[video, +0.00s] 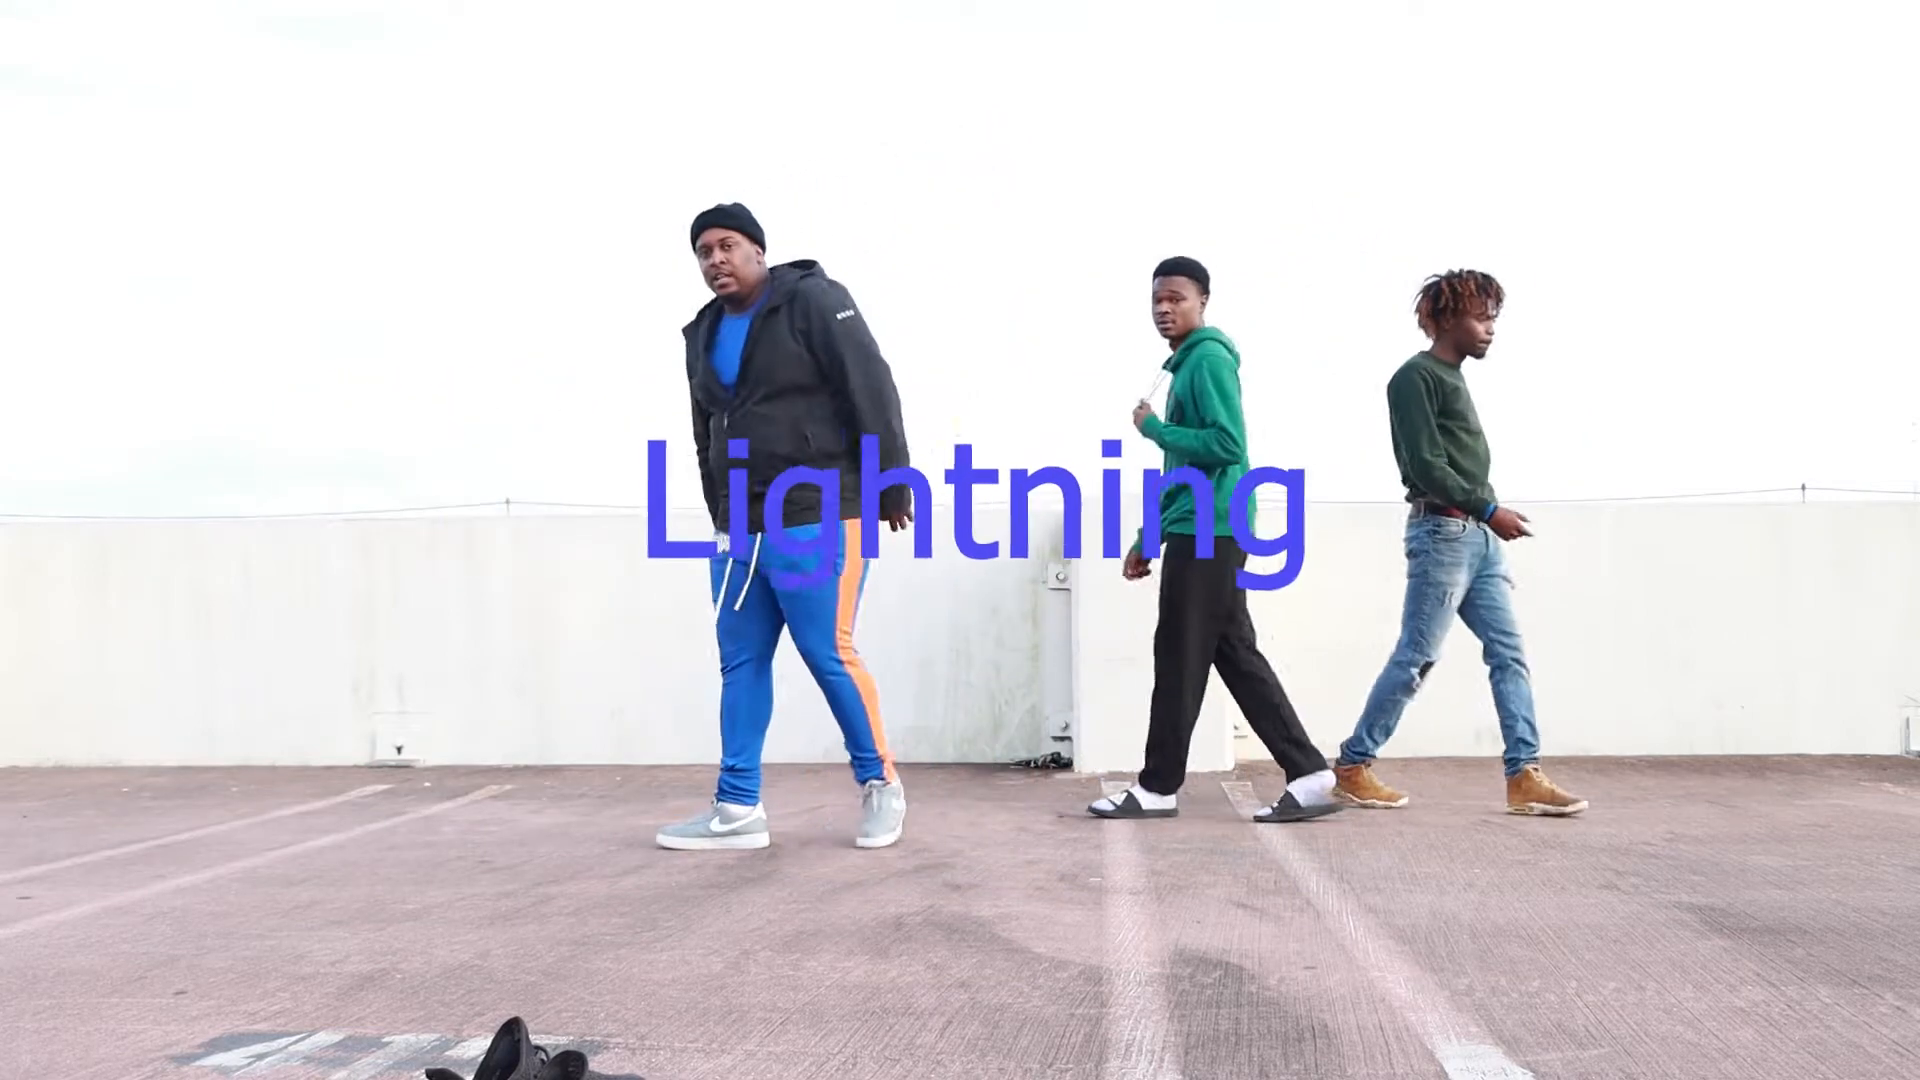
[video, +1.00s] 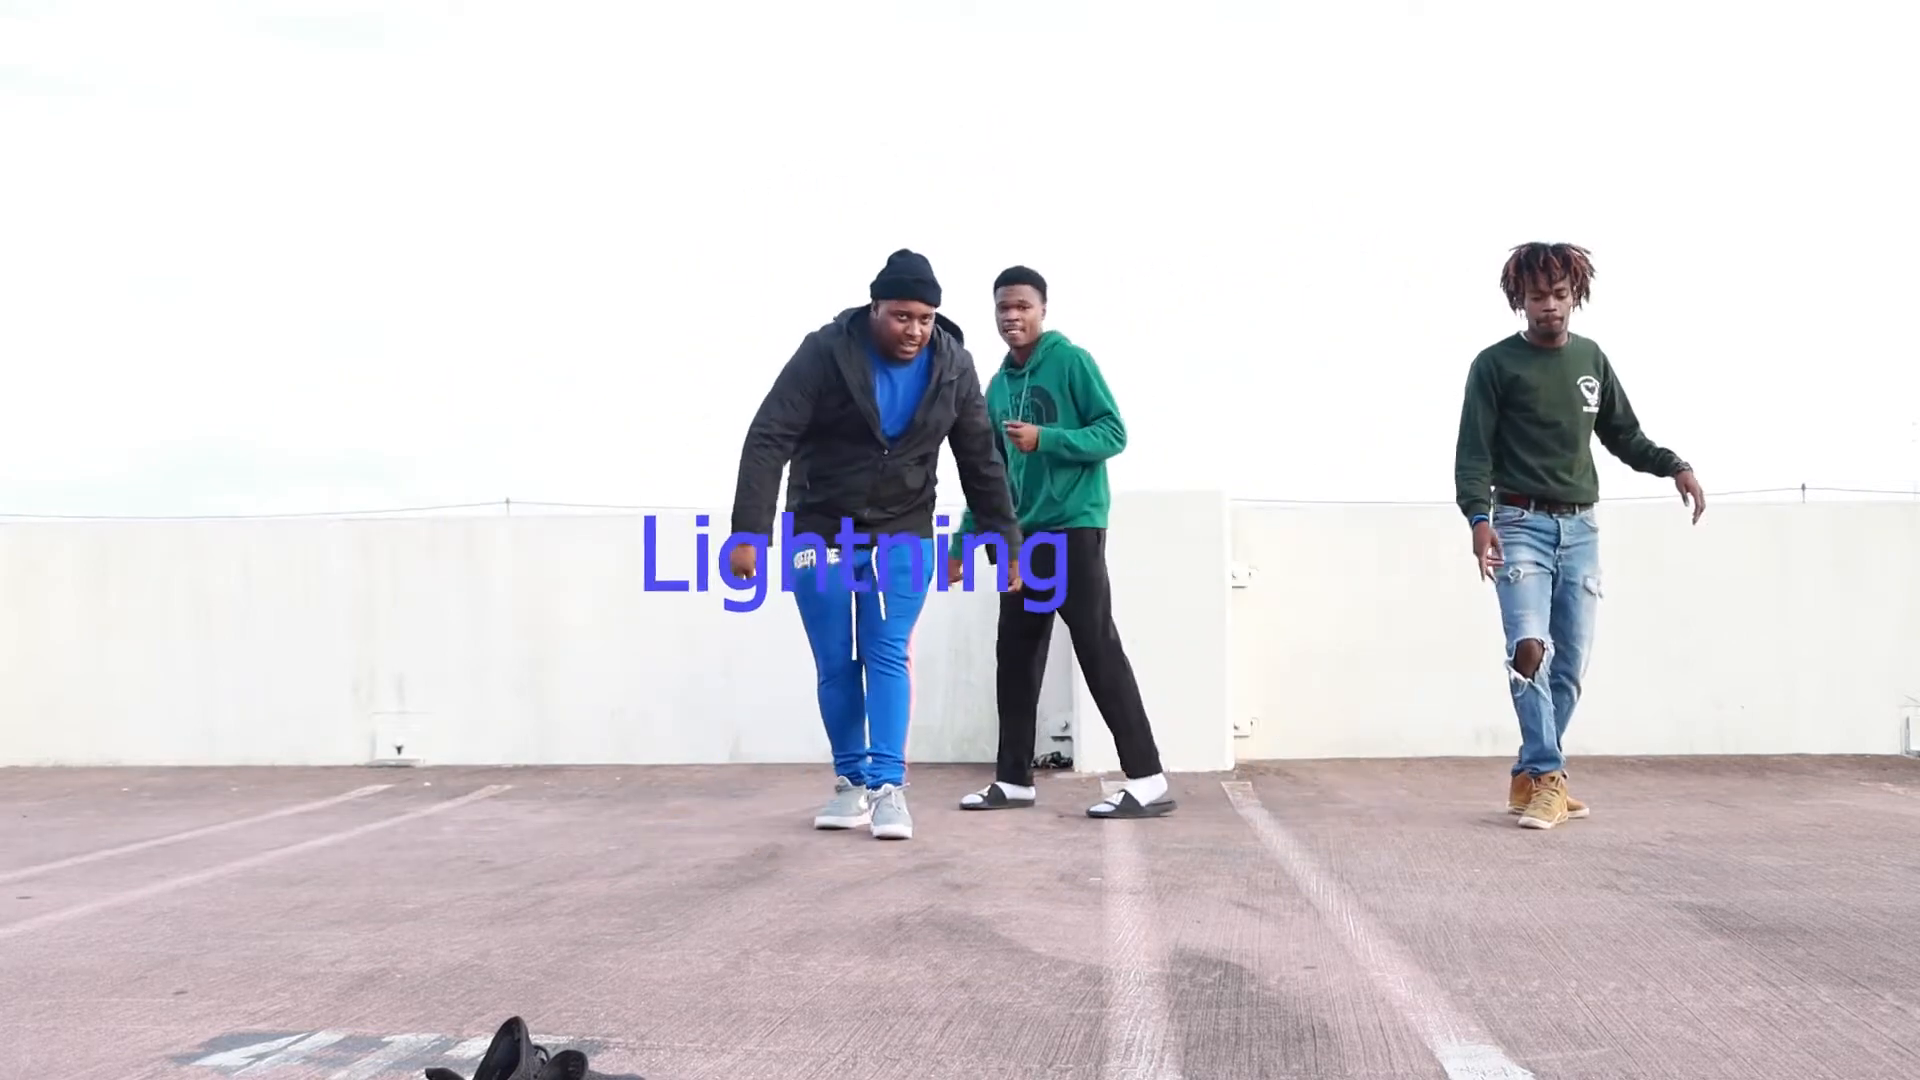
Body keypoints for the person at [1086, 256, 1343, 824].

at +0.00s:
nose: (1165, 309)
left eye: (1177, 298)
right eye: (1158, 300)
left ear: (1203, 305)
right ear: (1153, 308)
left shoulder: (1208, 357)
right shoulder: (1187, 365)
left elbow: (1227, 446)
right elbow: (1178, 472)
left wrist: (1158, 429)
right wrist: (1149, 539)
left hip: (1204, 532)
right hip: (1197, 532)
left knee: (1179, 657)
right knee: (1237, 656)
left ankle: (1157, 788)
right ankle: (1311, 776)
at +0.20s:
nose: (1123, 308)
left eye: (1135, 298)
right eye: (1118, 300)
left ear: (1164, 301)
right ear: (1117, 306)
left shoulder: (1162, 361)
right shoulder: (1165, 359)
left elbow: (1161, 454)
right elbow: (1161, 464)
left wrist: (1097, 427)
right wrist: (1122, 527)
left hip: (1161, 528)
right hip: (1174, 526)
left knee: (1150, 653)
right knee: (1169, 651)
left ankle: (1155, 787)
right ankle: (1255, 747)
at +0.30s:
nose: (1109, 308)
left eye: (1120, 297)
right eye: (1104, 299)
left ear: (1150, 300)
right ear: (1106, 303)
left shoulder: (1147, 358)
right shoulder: (1151, 355)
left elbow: (1145, 450)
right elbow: (1157, 451)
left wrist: (1079, 428)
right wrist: (1123, 523)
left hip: (1146, 526)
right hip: (1148, 525)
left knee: (1141, 650)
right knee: (1133, 645)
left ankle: (1154, 785)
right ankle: (1206, 755)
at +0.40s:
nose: (1095, 308)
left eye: (1107, 297)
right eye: (1091, 299)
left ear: (1137, 299)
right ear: (1094, 304)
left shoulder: (1135, 357)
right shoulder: (1138, 354)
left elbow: (1135, 447)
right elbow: (1141, 447)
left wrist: (1069, 431)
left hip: (1136, 524)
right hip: (1136, 521)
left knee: (1130, 644)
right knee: (1101, 640)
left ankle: (1155, 785)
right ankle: (1146, 772)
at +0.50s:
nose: (1083, 309)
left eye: (1094, 298)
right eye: (1079, 300)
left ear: (1125, 299)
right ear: (1081, 305)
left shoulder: (1127, 355)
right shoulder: (1117, 356)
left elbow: (1133, 443)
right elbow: (1127, 445)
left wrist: (1062, 433)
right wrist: (1094, 501)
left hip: (1128, 523)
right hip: (1110, 522)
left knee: (1127, 648)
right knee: (1084, 641)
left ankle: (1156, 785)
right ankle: (1092, 775)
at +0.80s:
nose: (1048, 315)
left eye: (1059, 305)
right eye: (1041, 306)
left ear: (1082, 309)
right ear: (1034, 313)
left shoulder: (1098, 359)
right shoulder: (1057, 369)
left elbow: (1131, 438)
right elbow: (1068, 458)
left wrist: (1050, 440)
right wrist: (1047, 514)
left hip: (1097, 526)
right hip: (1059, 527)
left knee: (1110, 654)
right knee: (1033, 652)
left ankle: (1153, 785)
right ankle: (1015, 780)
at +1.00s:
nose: (1013, 316)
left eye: (1023, 306)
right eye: (1005, 308)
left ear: (1044, 310)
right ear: (996, 316)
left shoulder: (1070, 361)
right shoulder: (998, 387)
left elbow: (1112, 434)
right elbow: (987, 474)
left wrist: (1044, 438)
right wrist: (964, 541)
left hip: (1075, 528)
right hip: (1022, 534)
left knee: (1098, 651)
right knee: (1015, 657)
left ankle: (1148, 781)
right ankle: (1014, 782)